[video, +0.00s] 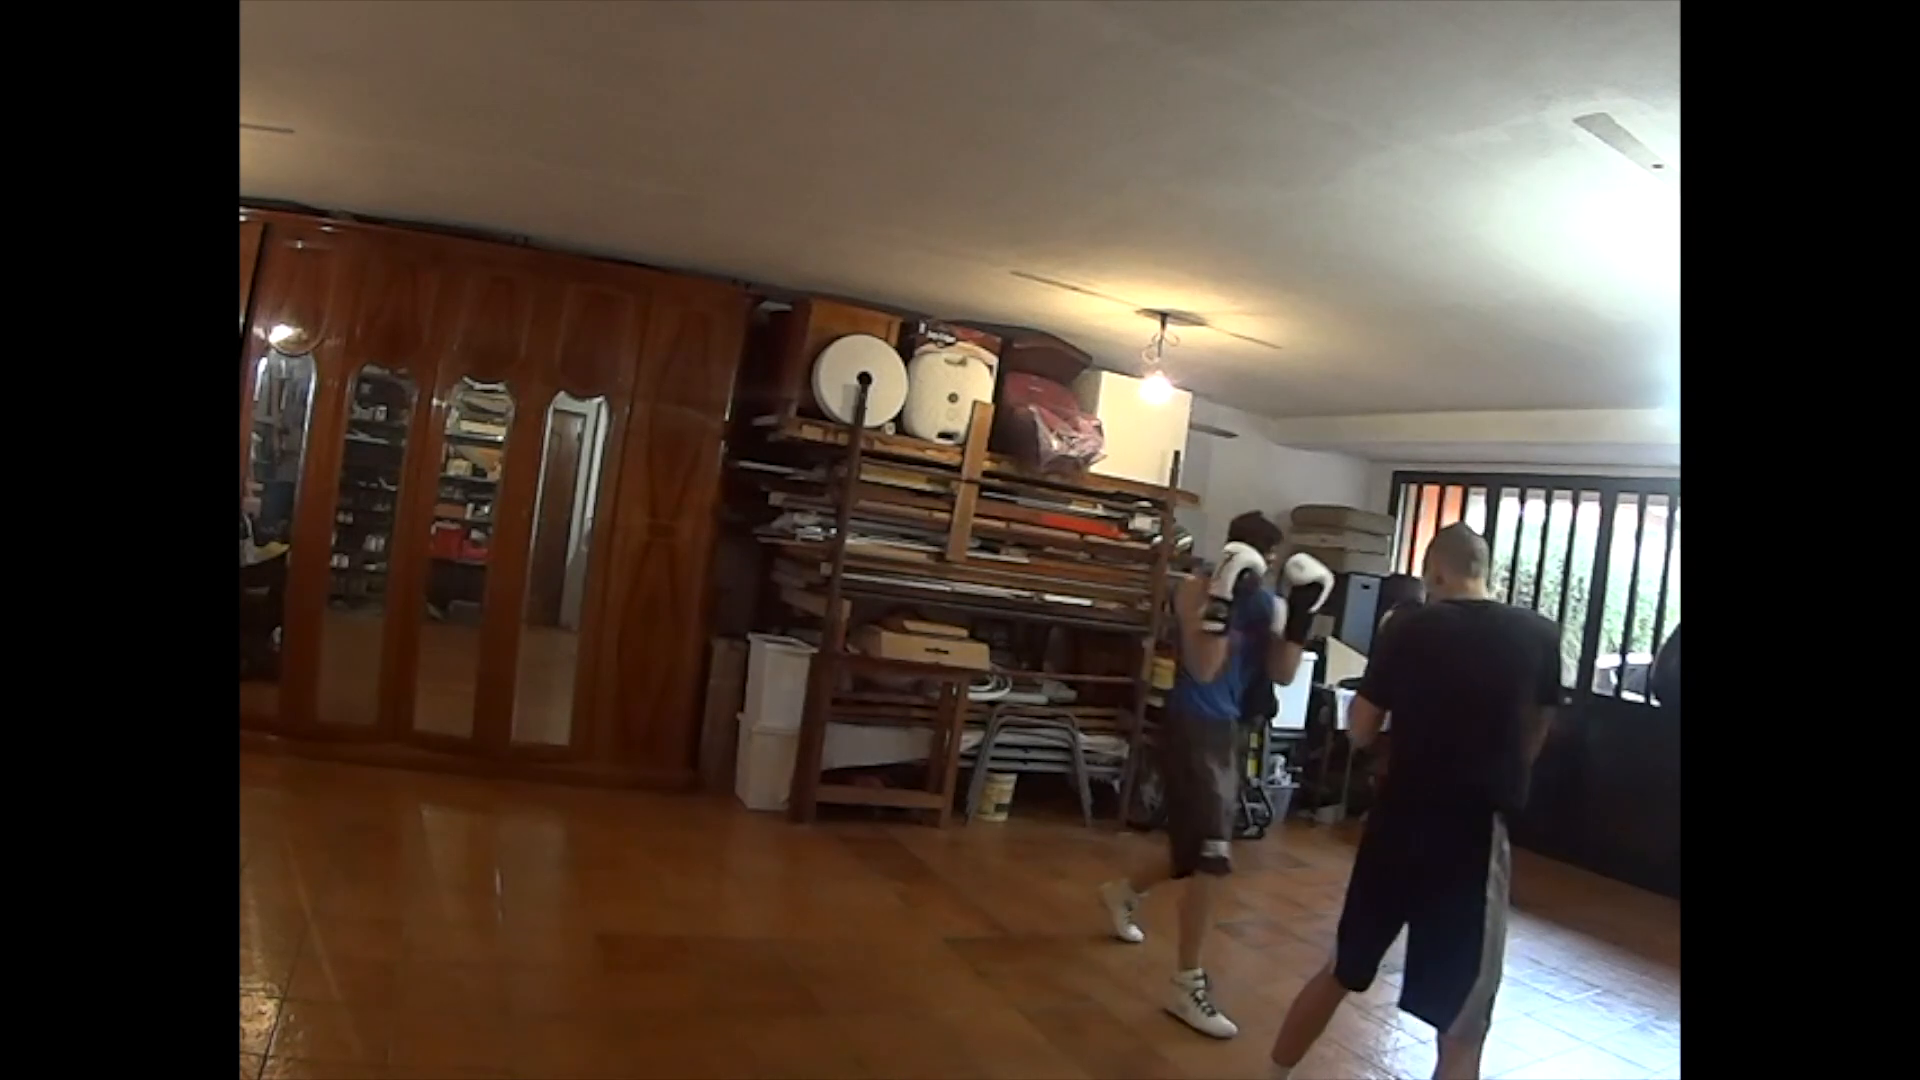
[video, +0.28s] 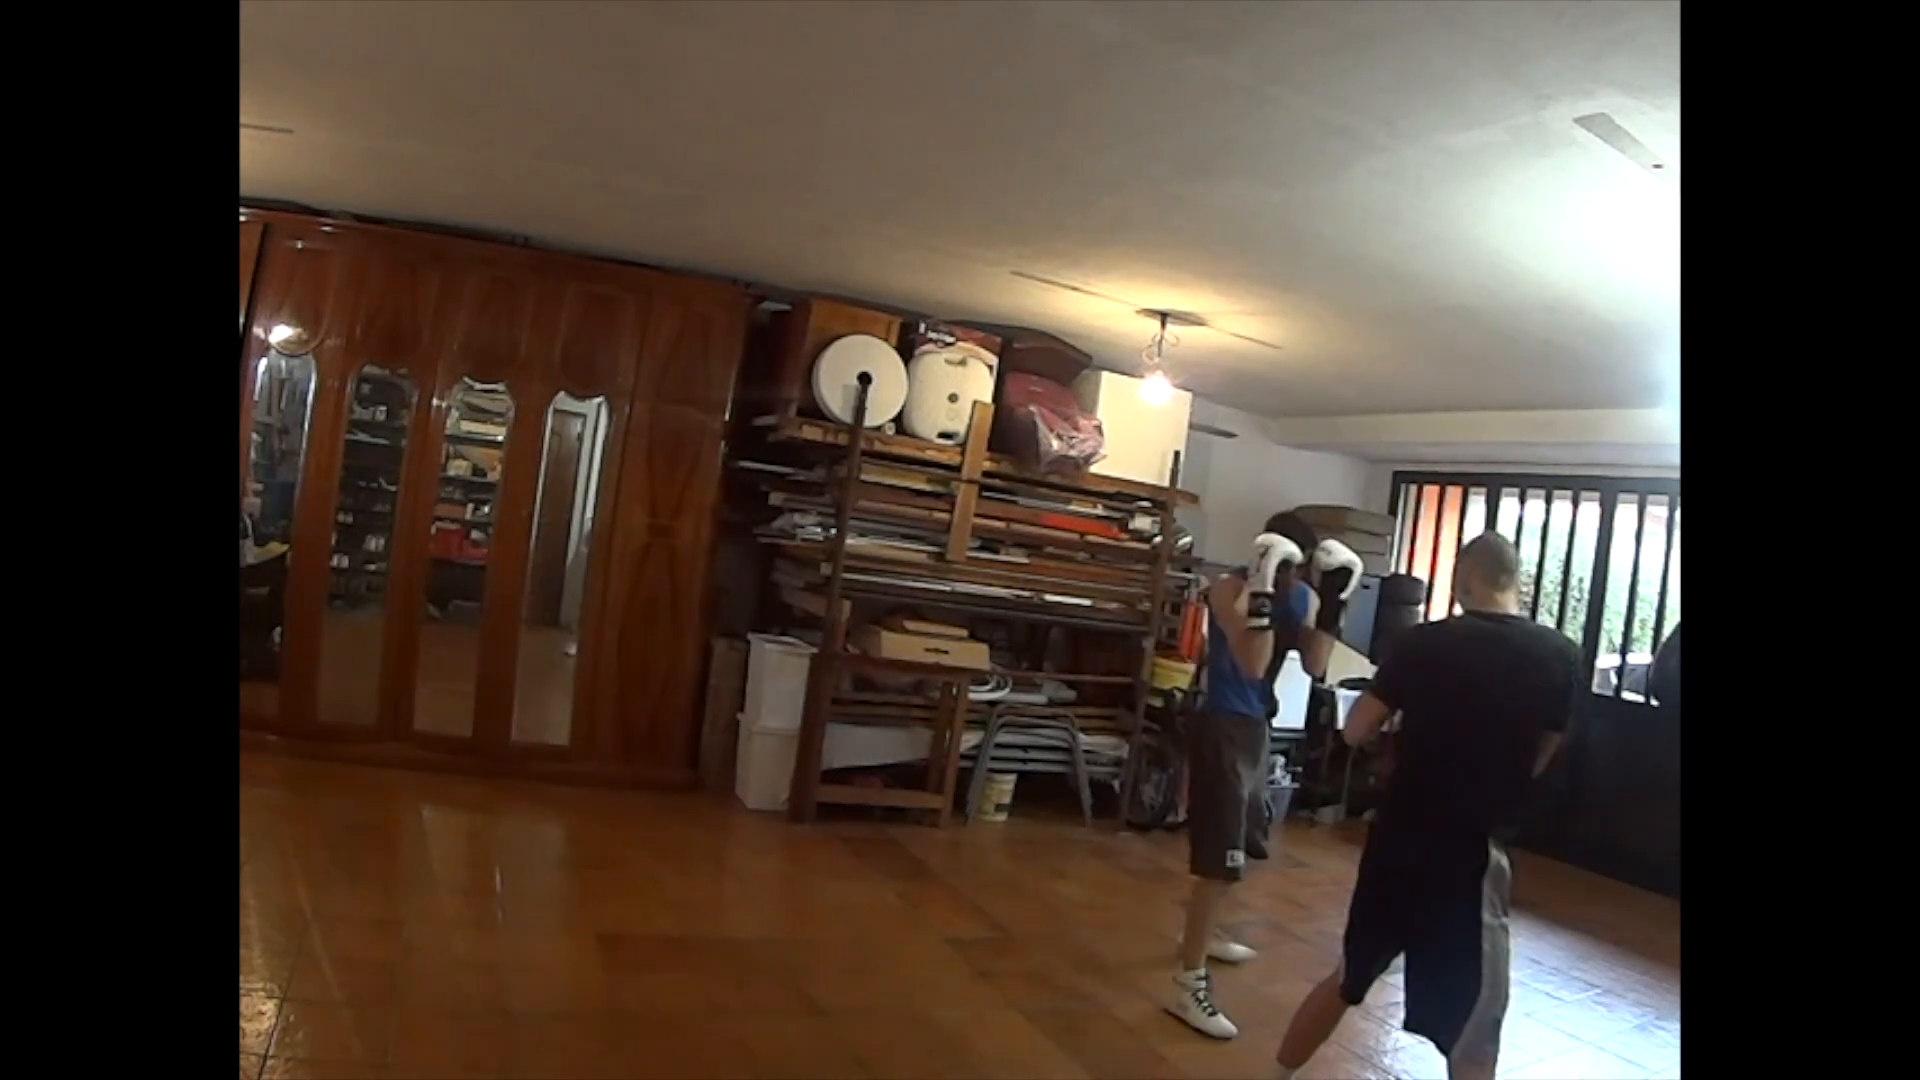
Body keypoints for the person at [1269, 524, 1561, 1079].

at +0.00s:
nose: (1428, 584)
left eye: (1427, 575)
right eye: (1430, 577)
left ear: (1434, 571)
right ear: (1486, 570)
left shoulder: (1407, 626)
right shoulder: (1536, 634)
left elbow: (1361, 729)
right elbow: (1533, 742)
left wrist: (1412, 740)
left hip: (1398, 816)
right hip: (1476, 832)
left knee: (1342, 970)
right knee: (1466, 1024)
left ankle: (1274, 1069)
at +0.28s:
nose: (1453, 587)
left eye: (1455, 579)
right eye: (1458, 580)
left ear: (1463, 580)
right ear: (1519, 584)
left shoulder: (1424, 642)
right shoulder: (1558, 655)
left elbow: (1357, 729)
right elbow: (1539, 759)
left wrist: (1402, 739)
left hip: (1401, 832)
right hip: (1476, 852)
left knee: (1348, 978)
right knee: (1476, 1035)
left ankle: (1277, 1069)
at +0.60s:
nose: (1471, 588)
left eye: (1470, 579)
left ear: (1472, 583)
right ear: (1531, 590)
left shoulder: (1429, 642)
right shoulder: (1565, 661)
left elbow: (1361, 735)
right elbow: (1540, 770)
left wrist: (1408, 720)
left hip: (1394, 836)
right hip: (1473, 860)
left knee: (1342, 982)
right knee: (1481, 1035)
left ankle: (1273, 1071)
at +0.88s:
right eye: (1552, 603)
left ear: (1492, 591)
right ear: (1549, 605)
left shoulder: (1433, 648)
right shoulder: (1563, 686)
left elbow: (1349, 724)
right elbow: (1532, 776)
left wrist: (1390, 760)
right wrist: (1473, 775)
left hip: (1378, 848)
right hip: (1453, 875)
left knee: (1347, 986)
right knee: (1480, 1048)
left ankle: (1272, 1072)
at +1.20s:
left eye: (1478, 608)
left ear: (1474, 612)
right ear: (1528, 630)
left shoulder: (1418, 653)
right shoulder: (1526, 688)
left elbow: (1366, 633)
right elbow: (1498, 810)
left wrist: (1357, 588)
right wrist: (1440, 774)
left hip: (1333, 843)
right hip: (1394, 864)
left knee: (1335, 986)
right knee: (1409, 1055)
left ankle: (1264, 1071)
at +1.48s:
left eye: (1431, 593)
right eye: (1482, 605)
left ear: (1426, 599)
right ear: (1483, 610)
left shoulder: (1373, 650)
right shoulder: (1482, 678)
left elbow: (1291, 723)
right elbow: (1462, 796)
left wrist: (1339, 756)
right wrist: (1417, 754)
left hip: (1296, 829)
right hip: (1355, 851)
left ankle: (1287, 1041)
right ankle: (1302, 1054)